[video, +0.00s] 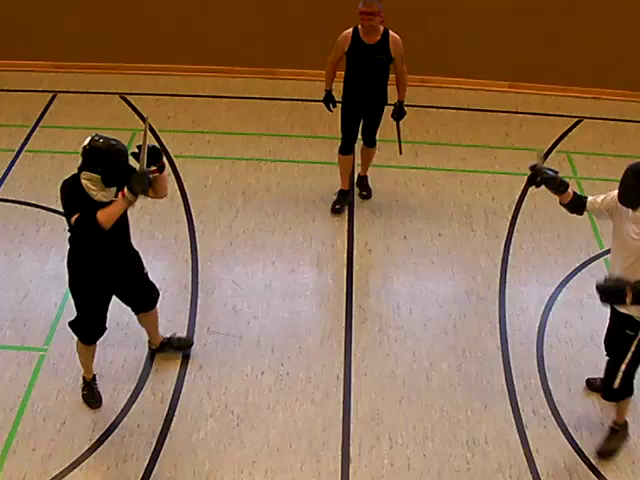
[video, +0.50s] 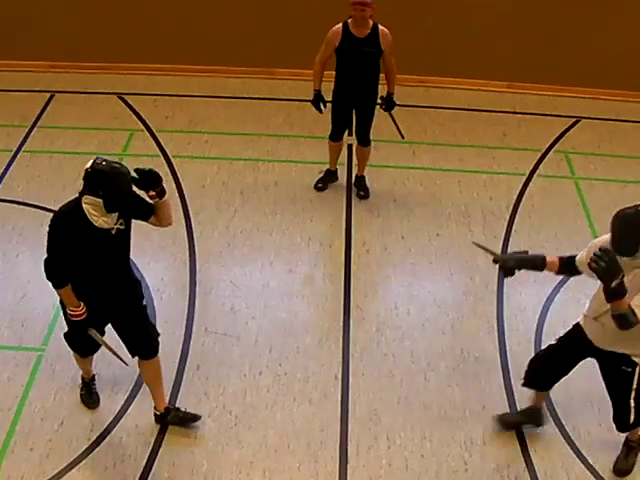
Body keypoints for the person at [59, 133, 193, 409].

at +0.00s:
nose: (115, 184)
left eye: (117, 179)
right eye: (112, 179)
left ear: (121, 169)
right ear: (96, 171)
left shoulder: (120, 179)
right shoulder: (71, 189)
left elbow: (159, 192)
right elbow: (93, 224)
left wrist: (157, 170)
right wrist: (128, 197)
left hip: (123, 259)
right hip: (88, 268)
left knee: (146, 300)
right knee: (89, 328)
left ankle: (157, 342)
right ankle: (89, 378)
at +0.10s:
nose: (112, 183)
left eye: (113, 176)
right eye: (108, 178)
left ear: (114, 171)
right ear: (91, 176)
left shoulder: (113, 180)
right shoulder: (63, 199)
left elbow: (155, 194)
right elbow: (80, 251)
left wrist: (149, 170)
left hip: (117, 264)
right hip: (83, 275)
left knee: (144, 310)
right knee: (86, 332)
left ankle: (149, 359)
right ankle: (88, 379)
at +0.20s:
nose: (109, 191)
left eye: (111, 185)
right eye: (104, 186)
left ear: (111, 176)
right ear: (88, 181)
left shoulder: (112, 184)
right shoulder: (59, 208)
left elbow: (153, 197)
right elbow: (70, 266)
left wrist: (146, 172)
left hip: (118, 267)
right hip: (79, 281)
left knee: (143, 318)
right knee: (83, 336)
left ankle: (147, 373)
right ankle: (88, 378)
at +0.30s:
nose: (109, 195)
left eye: (110, 188)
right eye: (104, 189)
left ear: (111, 181)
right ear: (88, 184)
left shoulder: (113, 189)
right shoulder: (57, 212)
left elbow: (153, 205)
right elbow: (60, 267)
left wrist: (147, 181)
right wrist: (90, 297)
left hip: (117, 276)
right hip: (77, 288)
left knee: (142, 329)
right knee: (83, 340)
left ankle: (153, 388)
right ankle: (88, 379)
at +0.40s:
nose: (112, 201)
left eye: (113, 194)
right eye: (107, 195)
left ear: (115, 187)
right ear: (91, 190)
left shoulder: (116, 195)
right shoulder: (59, 216)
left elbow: (157, 212)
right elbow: (55, 268)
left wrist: (150, 187)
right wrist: (74, 301)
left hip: (119, 284)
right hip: (81, 294)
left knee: (142, 339)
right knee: (83, 342)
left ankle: (160, 400)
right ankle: (87, 378)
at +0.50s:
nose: (120, 206)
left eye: (122, 199)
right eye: (115, 201)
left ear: (123, 192)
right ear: (98, 195)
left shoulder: (124, 201)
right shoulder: (65, 220)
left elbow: (163, 219)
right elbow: (55, 270)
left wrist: (158, 193)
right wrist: (73, 305)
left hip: (122, 291)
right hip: (85, 300)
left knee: (147, 345)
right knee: (84, 346)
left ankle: (162, 408)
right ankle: (88, 379)